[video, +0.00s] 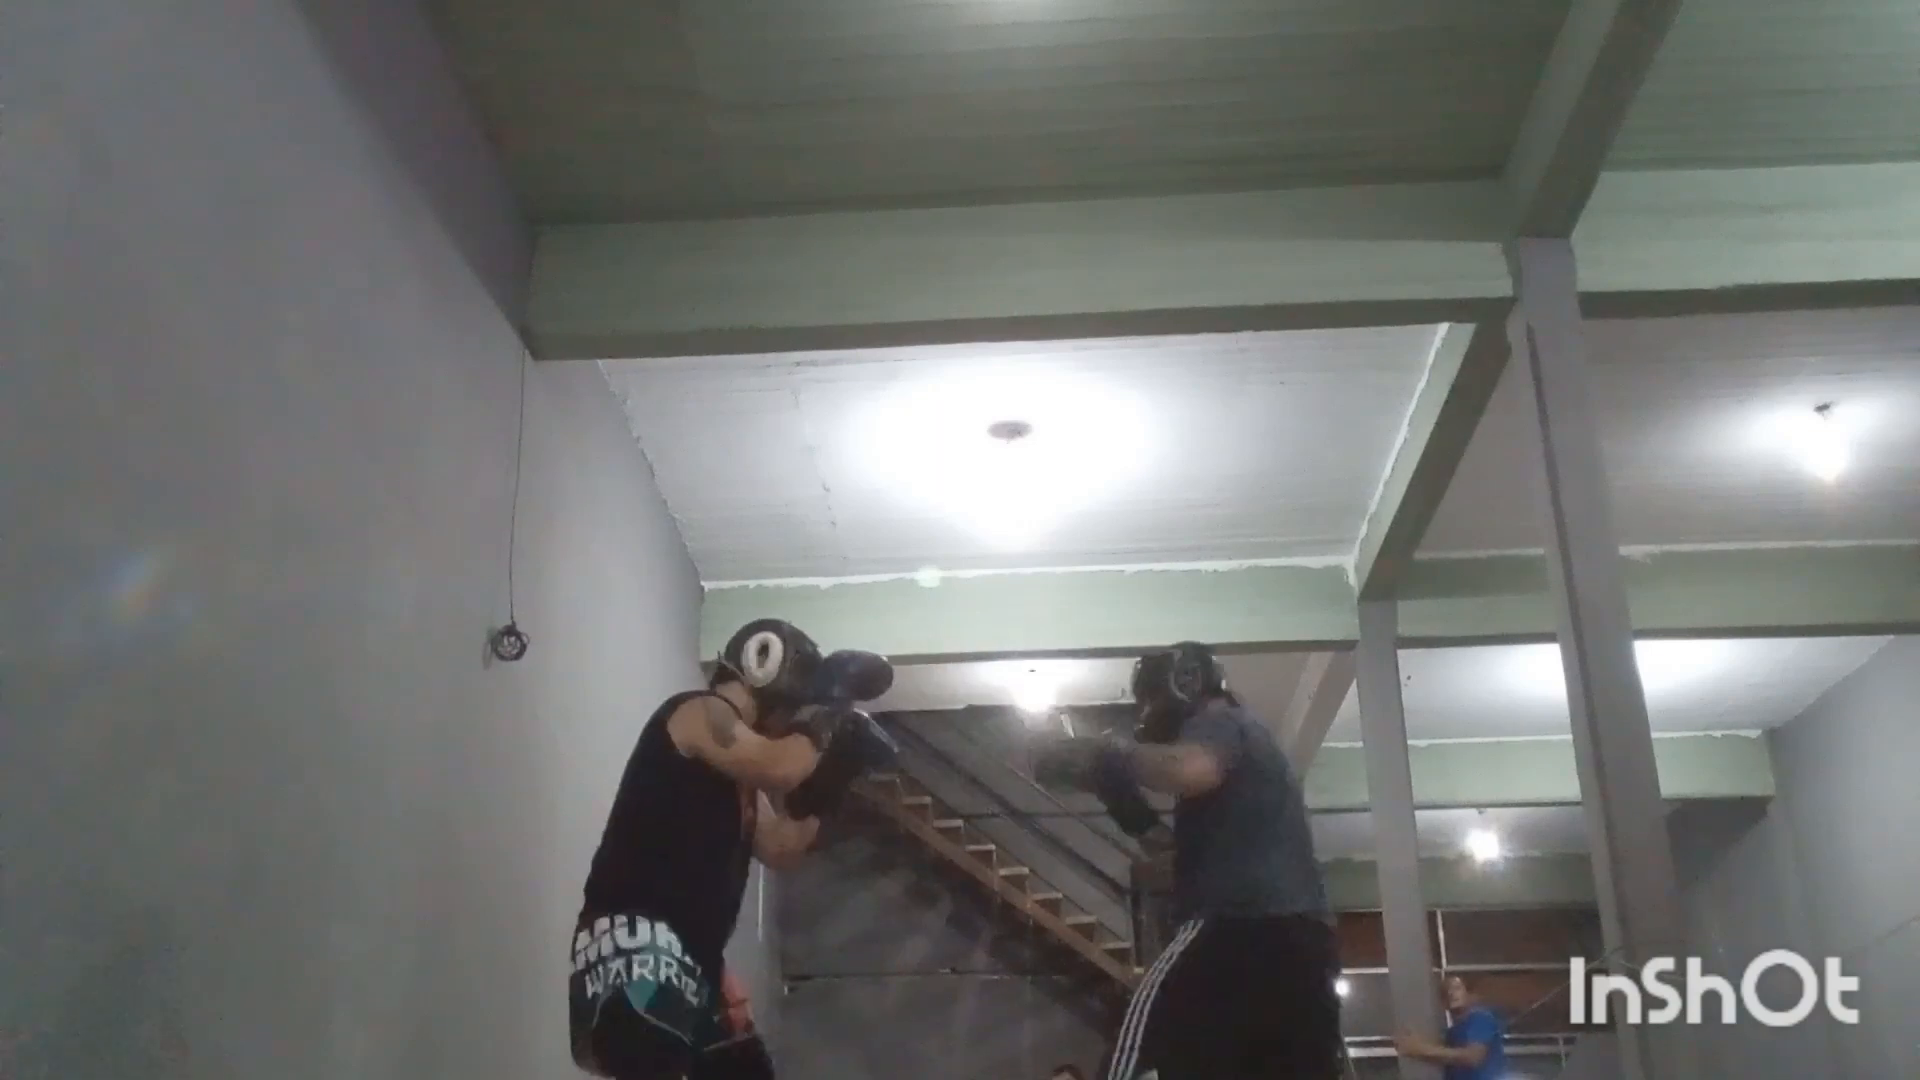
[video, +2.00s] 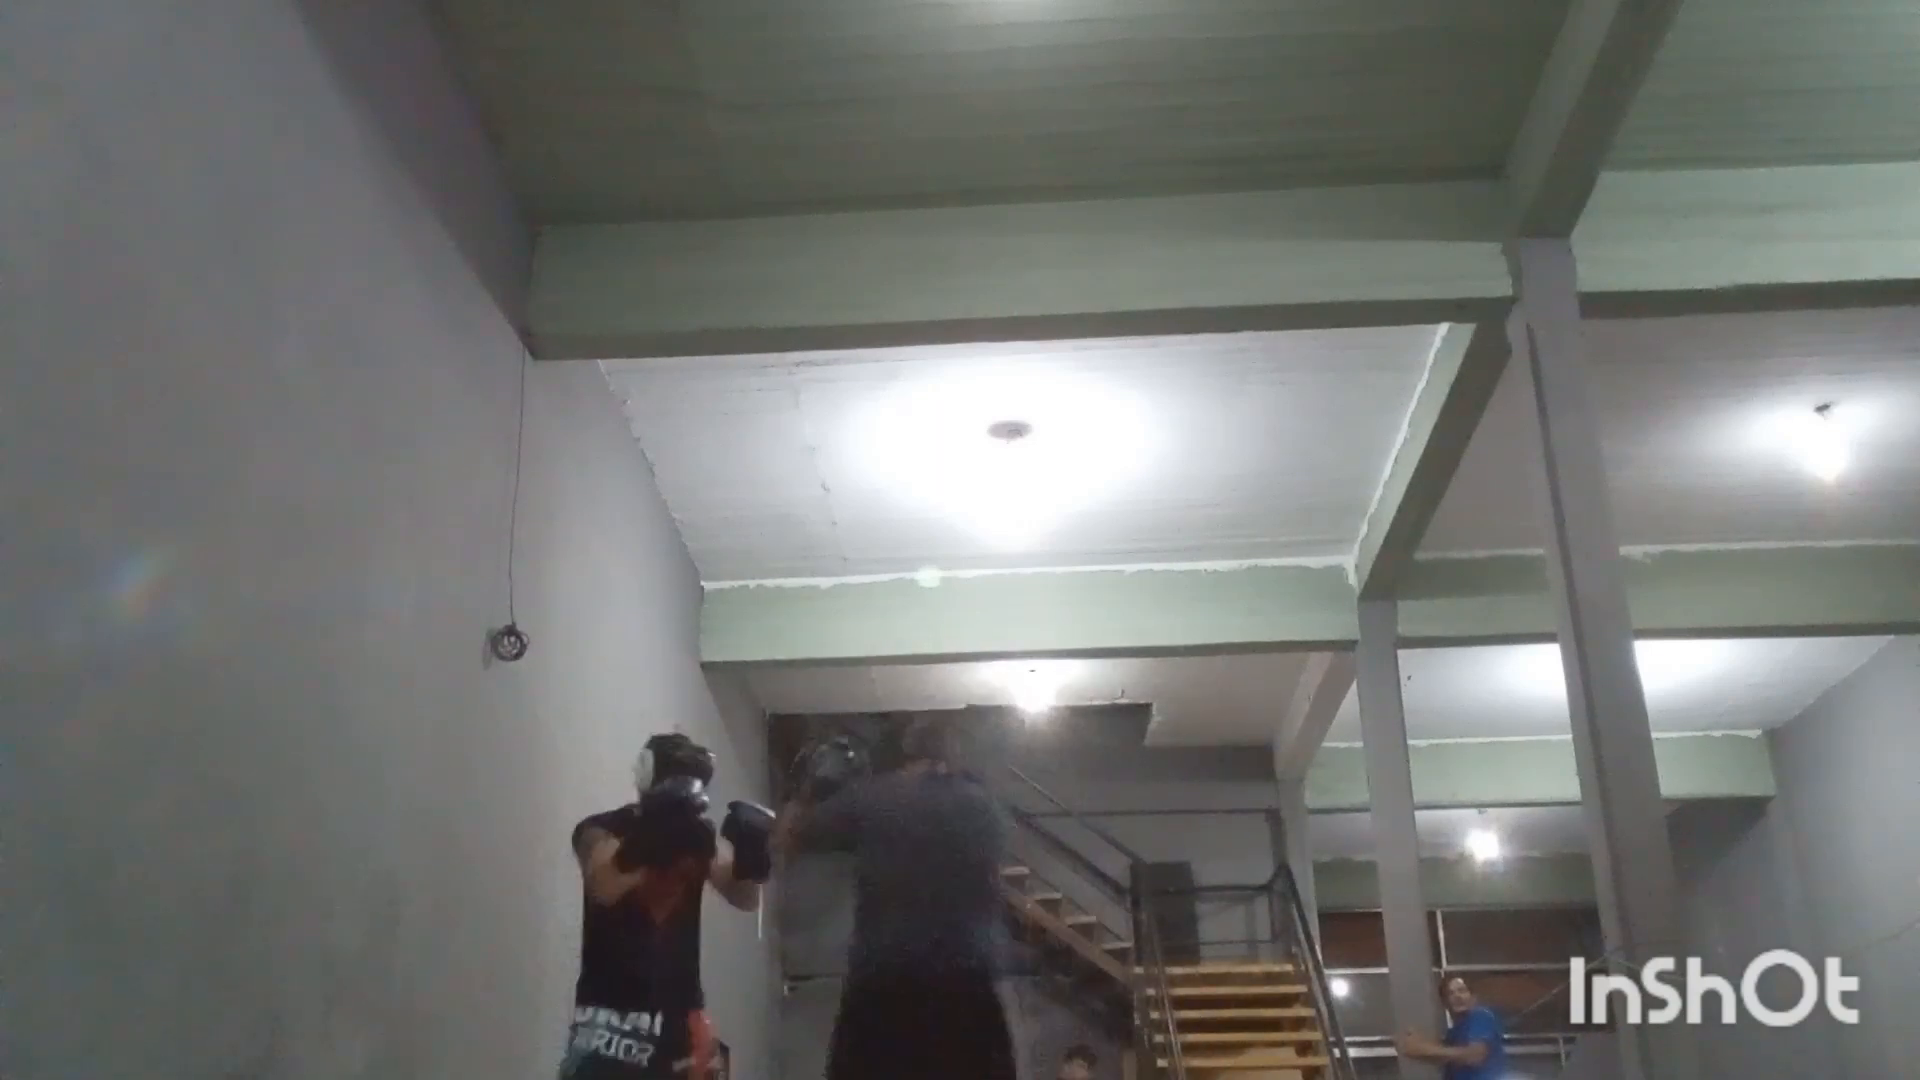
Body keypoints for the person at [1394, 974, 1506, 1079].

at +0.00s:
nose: (1453, 993)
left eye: (1457, 988)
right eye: (1448, 990)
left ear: (1466, 991)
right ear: (1444, 997)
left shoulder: (1481, 1018)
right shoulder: (1453, 1030)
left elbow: (1474, 1056)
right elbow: (1450, 1058)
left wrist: (1423, 1050)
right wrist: (1417, 1048)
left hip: (1485, 1075)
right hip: (1460, 1076)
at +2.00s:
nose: (1457, 996)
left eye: (1462, 991)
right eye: (1451, 993)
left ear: (1470, 995)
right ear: (1445, 1000)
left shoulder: (1481, 1017)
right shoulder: (1454, 1031)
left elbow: (1476, 1056)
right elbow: (1448, 1054)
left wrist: (1424, 1050)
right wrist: (1419, 1046)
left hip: (1485, 1075)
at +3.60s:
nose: (1458, 1007)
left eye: (1464, 1003)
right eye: (1454, 1001)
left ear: (1474, 1004)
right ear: (1449, 1002)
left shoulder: (1482, 1018)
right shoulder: (1457, 1028)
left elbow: (1477, 1052)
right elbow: (1445, 1054)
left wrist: (1426, 1049)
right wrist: (1418, 1048)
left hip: (1484, 1076)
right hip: (1461, 1076)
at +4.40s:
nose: (1461, 1000)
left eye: (1466, 995)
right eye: (1455, 996)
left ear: (1475, 998)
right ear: (1448, 1002)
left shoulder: (1484, 1020)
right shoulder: (1452, 1030)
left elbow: (1476, 1058)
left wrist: (1431, 1051)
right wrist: (1423, 1053)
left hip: (1485, 1076)